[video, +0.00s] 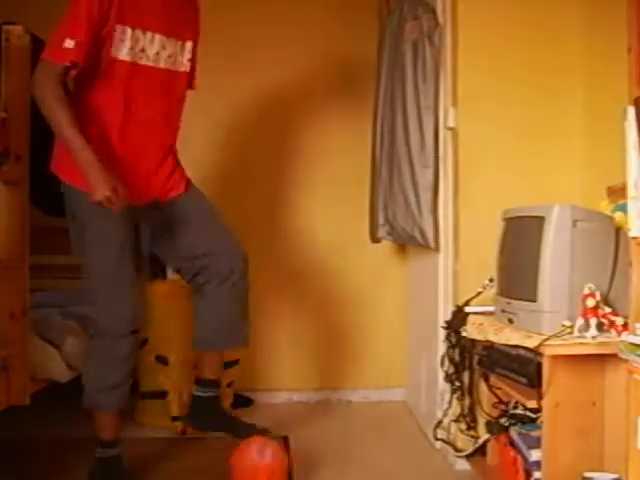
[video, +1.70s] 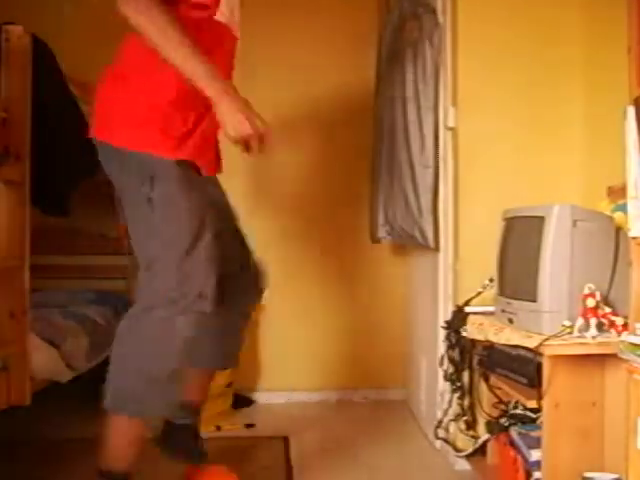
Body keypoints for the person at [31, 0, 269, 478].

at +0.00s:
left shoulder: (187, 9)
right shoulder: (100, 3)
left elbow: (172, 93)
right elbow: (45, 80)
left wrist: (168, 161)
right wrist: (92, 168)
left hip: (160, 175)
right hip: (97, 180)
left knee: (224, 263)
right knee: (118, 316)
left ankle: (206, 401)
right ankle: (108, 455)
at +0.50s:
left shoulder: (211, 15)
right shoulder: (119, 3)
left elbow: (192, 97)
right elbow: (51, 72)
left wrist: (219, 170)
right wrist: (80, 168)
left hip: (168, 186)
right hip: (105, 186)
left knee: (212, 286)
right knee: (114, 323)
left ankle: (168, 404)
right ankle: (106, 453)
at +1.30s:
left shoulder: (252, 5)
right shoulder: (151, 3)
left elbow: (238, 73)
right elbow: (56, 45)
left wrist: (276, 150)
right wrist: (66, 162)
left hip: (197, 163)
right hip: (147, 159)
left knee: (253, 282)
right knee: (189, 321)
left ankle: (183, 382)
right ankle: (173, 463)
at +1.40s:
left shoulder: (248, 7)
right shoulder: (171, 4)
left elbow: (225, 83)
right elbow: (74, 38)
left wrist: (267, 156)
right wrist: (83, 169)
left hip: (184, 162)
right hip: (138, 158)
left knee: (249, 265)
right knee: (206, 306)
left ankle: (260, 405)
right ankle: (170, 468)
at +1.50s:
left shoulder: (230, 8)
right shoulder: (192, 3)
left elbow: (187, 78)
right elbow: (113, 40)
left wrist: (231, 146)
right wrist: (151, 177)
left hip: (187, 168)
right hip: (150, 170)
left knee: (262, 253)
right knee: (210, 318)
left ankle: (263, 398)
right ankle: (174, 470)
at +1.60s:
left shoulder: (217, 12)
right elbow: (150, 24)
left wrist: (226, 158)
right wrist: (218, 141)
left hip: (185, 145)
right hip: (138, 139)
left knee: (270, 242)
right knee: (193, 289)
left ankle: (210, 373)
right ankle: (161, 466)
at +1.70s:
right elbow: (135, 5)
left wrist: (225, 104)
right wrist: (222, 95)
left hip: (180, 136)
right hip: (141, 129)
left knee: (235, 280)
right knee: (179, 285)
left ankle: (180, 432)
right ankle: (113, 468)